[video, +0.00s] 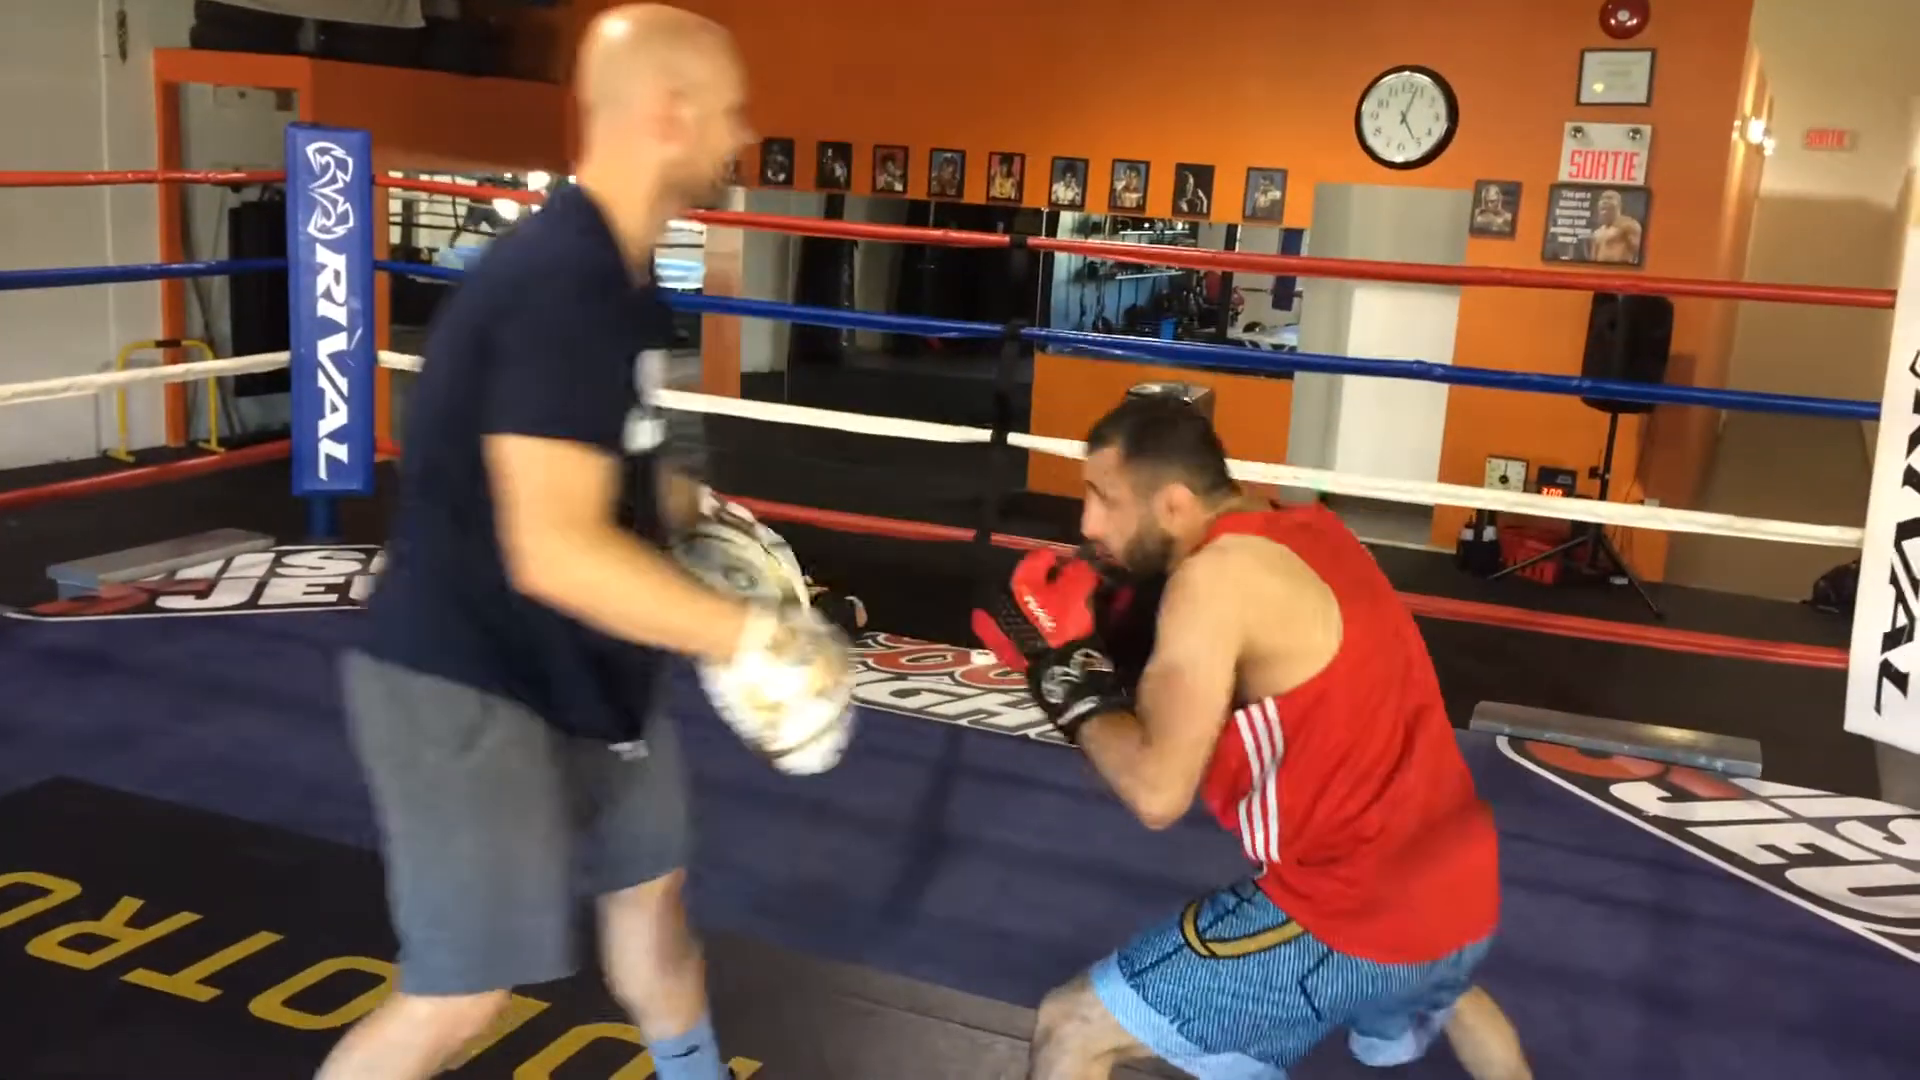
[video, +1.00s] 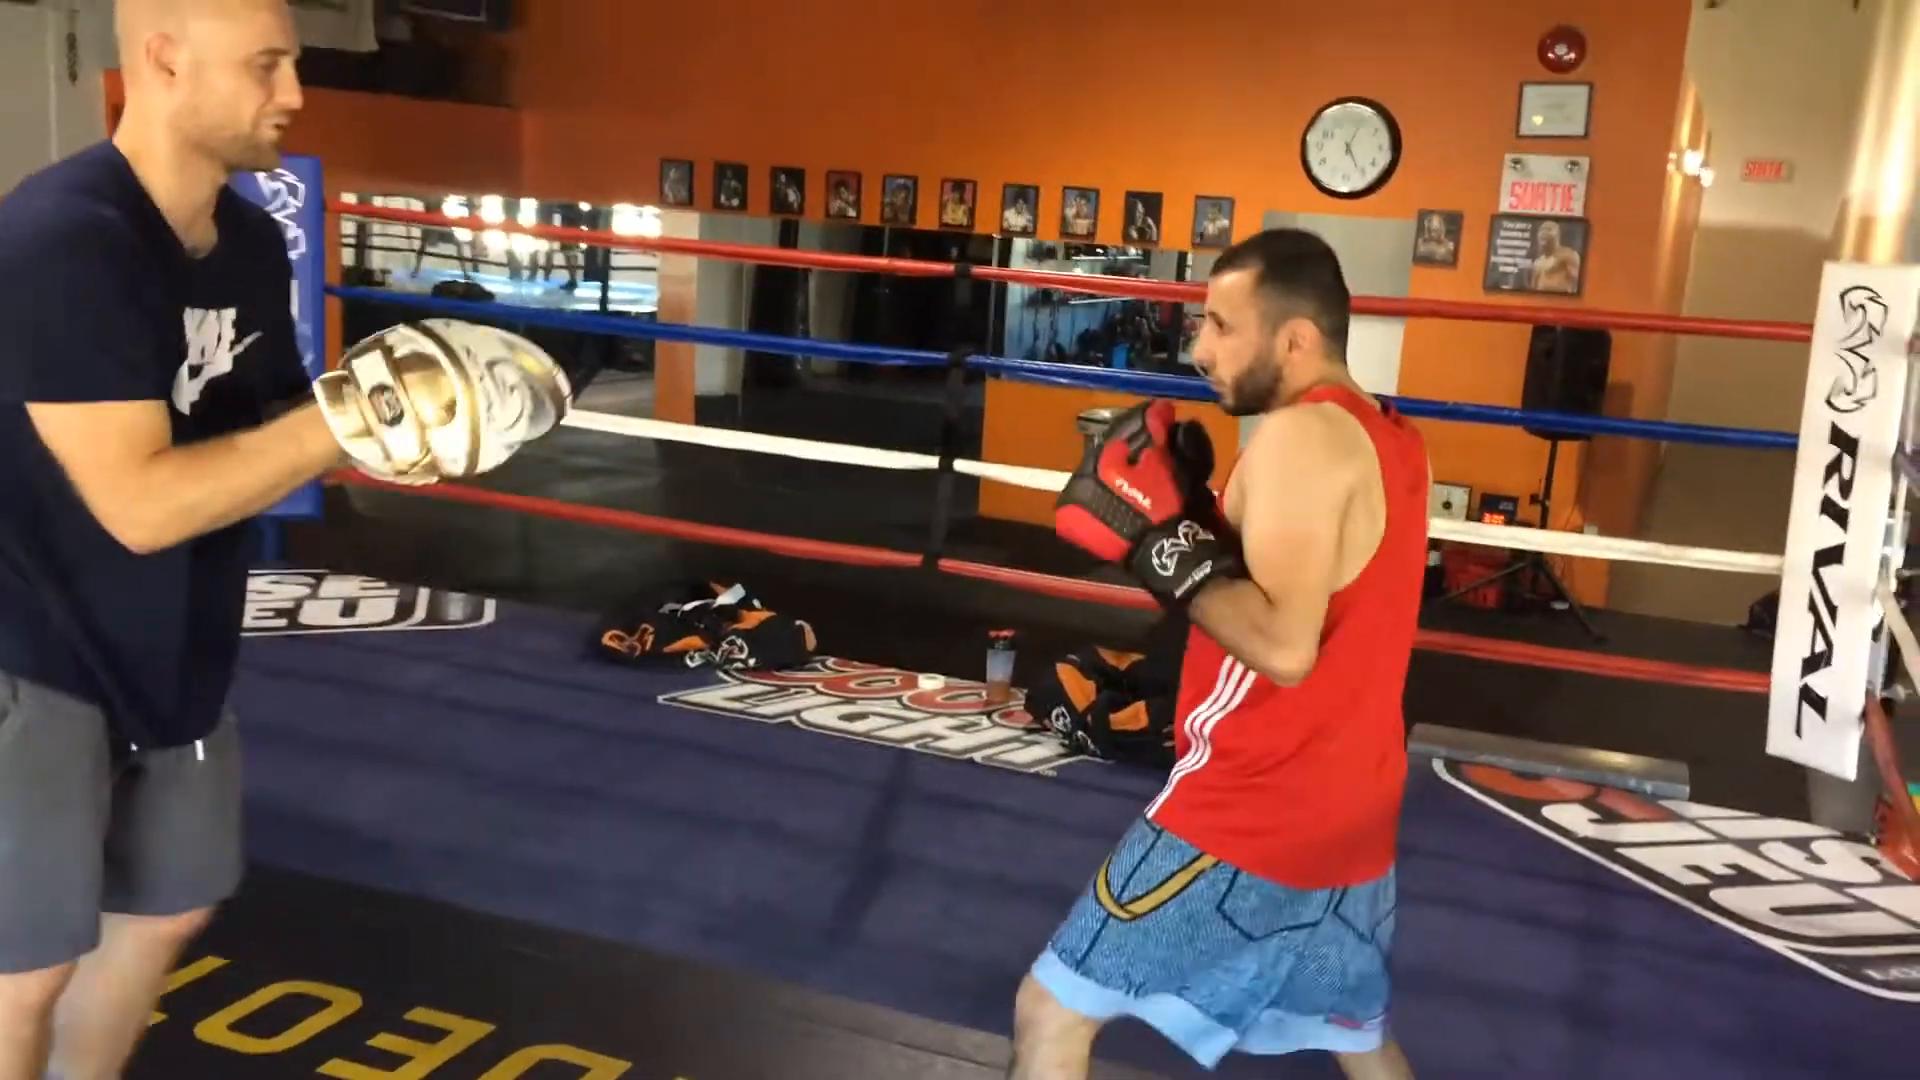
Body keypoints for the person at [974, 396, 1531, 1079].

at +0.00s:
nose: (1084, 522)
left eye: (1100, 499)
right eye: (1085, 496)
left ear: (1174, 504)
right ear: (1190, 502)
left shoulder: (1213, 579)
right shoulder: (1314, 529)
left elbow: (1157, 791)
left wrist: (1067, 680)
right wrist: (1117, 641)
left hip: (1348, 920)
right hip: (1460, 896)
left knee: (1073, 1029)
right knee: (1451, 995)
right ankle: (1514, 1077)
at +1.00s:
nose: (1199, 350)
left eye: (1220, 326)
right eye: (1204, 324)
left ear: (1295, 338)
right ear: (1305, 341)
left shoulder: (1299, 440)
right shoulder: (1393, 438)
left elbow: (1283, 645)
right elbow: (1311, 592)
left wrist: (1164, 544)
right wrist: (1195, 507)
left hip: (1251, 814)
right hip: (1357, 812)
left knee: (1054, 1009)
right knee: (1357, 1034)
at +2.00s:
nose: (1347, 464)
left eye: (1369, 442)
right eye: (1353, 438)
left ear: (1445, 454)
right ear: (1457, 458)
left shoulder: (1464, 549)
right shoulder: (1555, 540)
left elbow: (1362, 753)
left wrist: (1269, 625)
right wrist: (1321, 626)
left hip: (1431, 939)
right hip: (1534, 945)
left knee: (1133, 1011)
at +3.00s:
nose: (904, 659)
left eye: (911, 634)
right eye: (900, 633)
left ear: (981, 648)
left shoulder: (1105, 741)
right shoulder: (1128, 622)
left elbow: (1175, 987)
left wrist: (991, 973)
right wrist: (939, 704)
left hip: (1215, 1053)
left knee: (964, 1070)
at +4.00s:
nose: (1262, 411)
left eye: (1275, 385)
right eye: (1263, 385)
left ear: (1342, 387)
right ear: (1381, 378)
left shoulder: (1341, 487)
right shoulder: (1528, 472)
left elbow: (1273, 702)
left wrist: (1189, 583)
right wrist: (1282, 522)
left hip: (1369, 889)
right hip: (1525, 893)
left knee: (1168, 1059)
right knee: (1518, 1069)